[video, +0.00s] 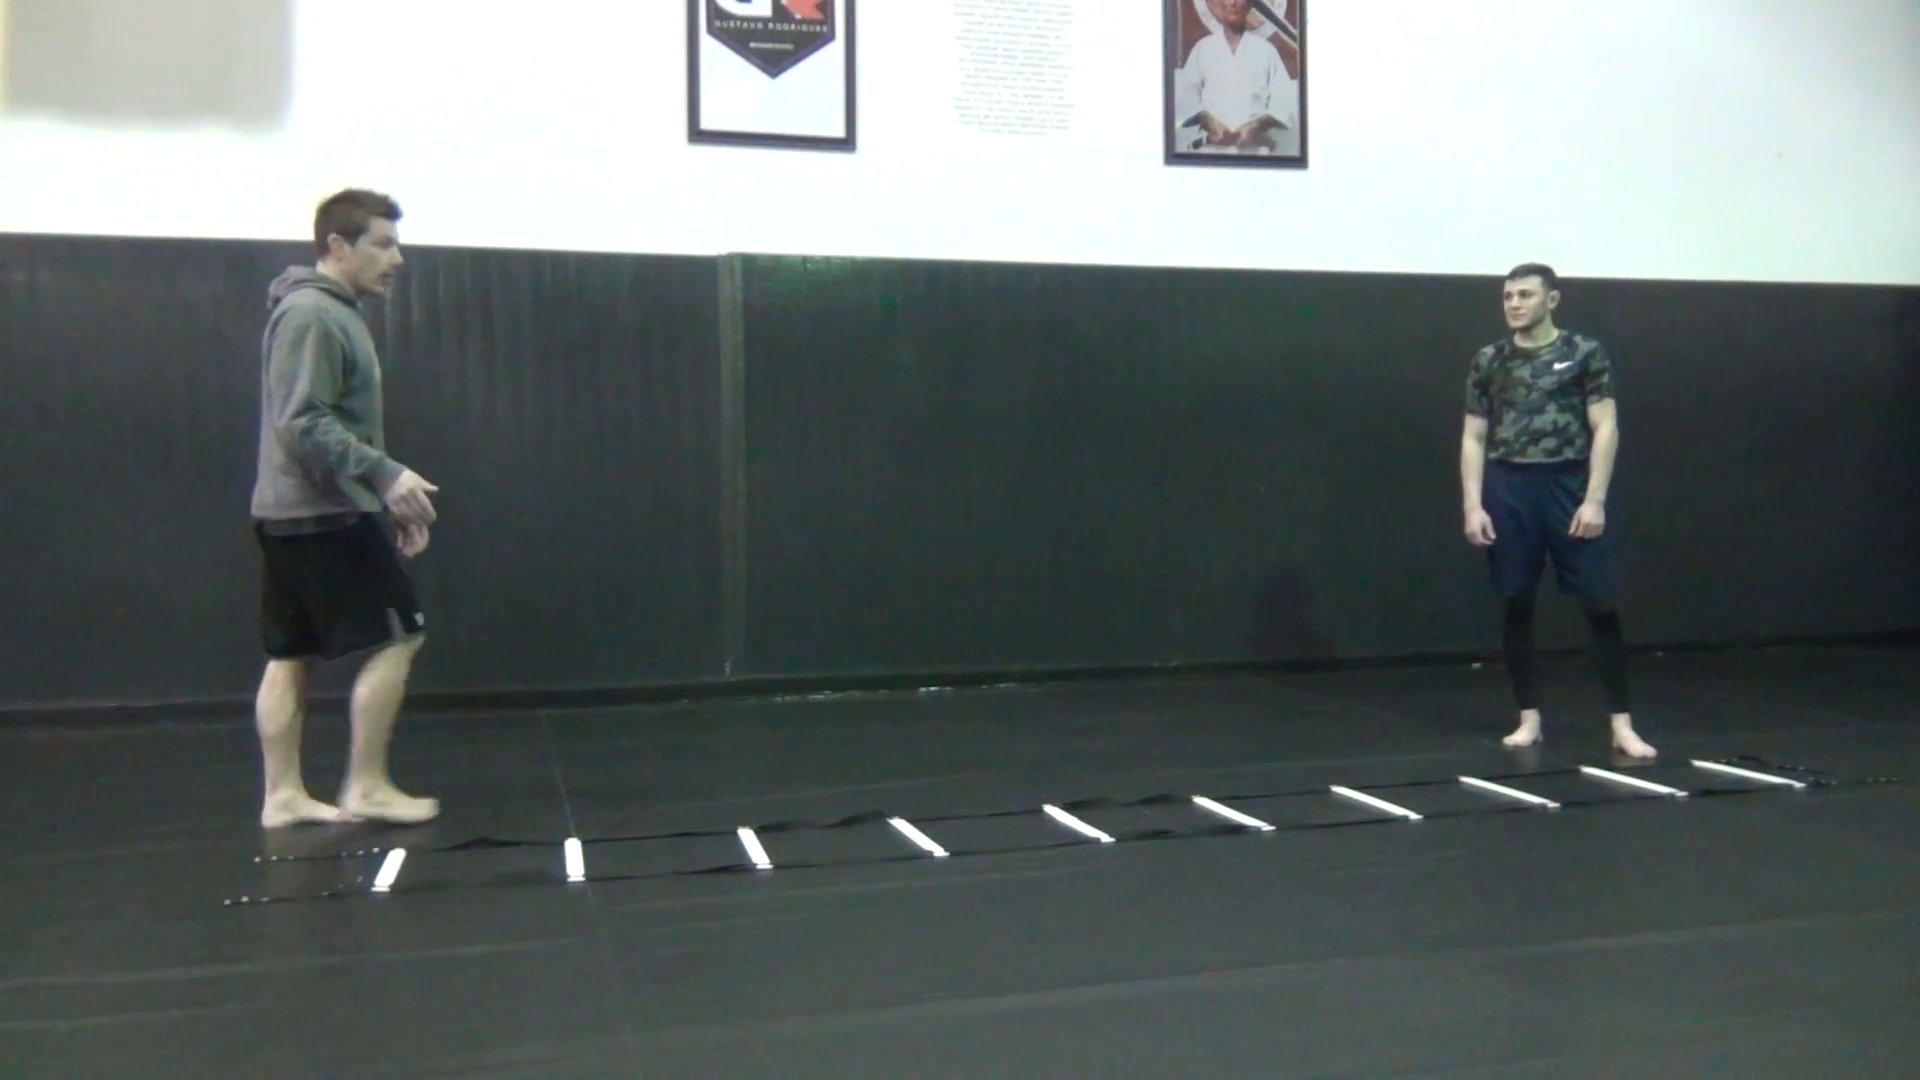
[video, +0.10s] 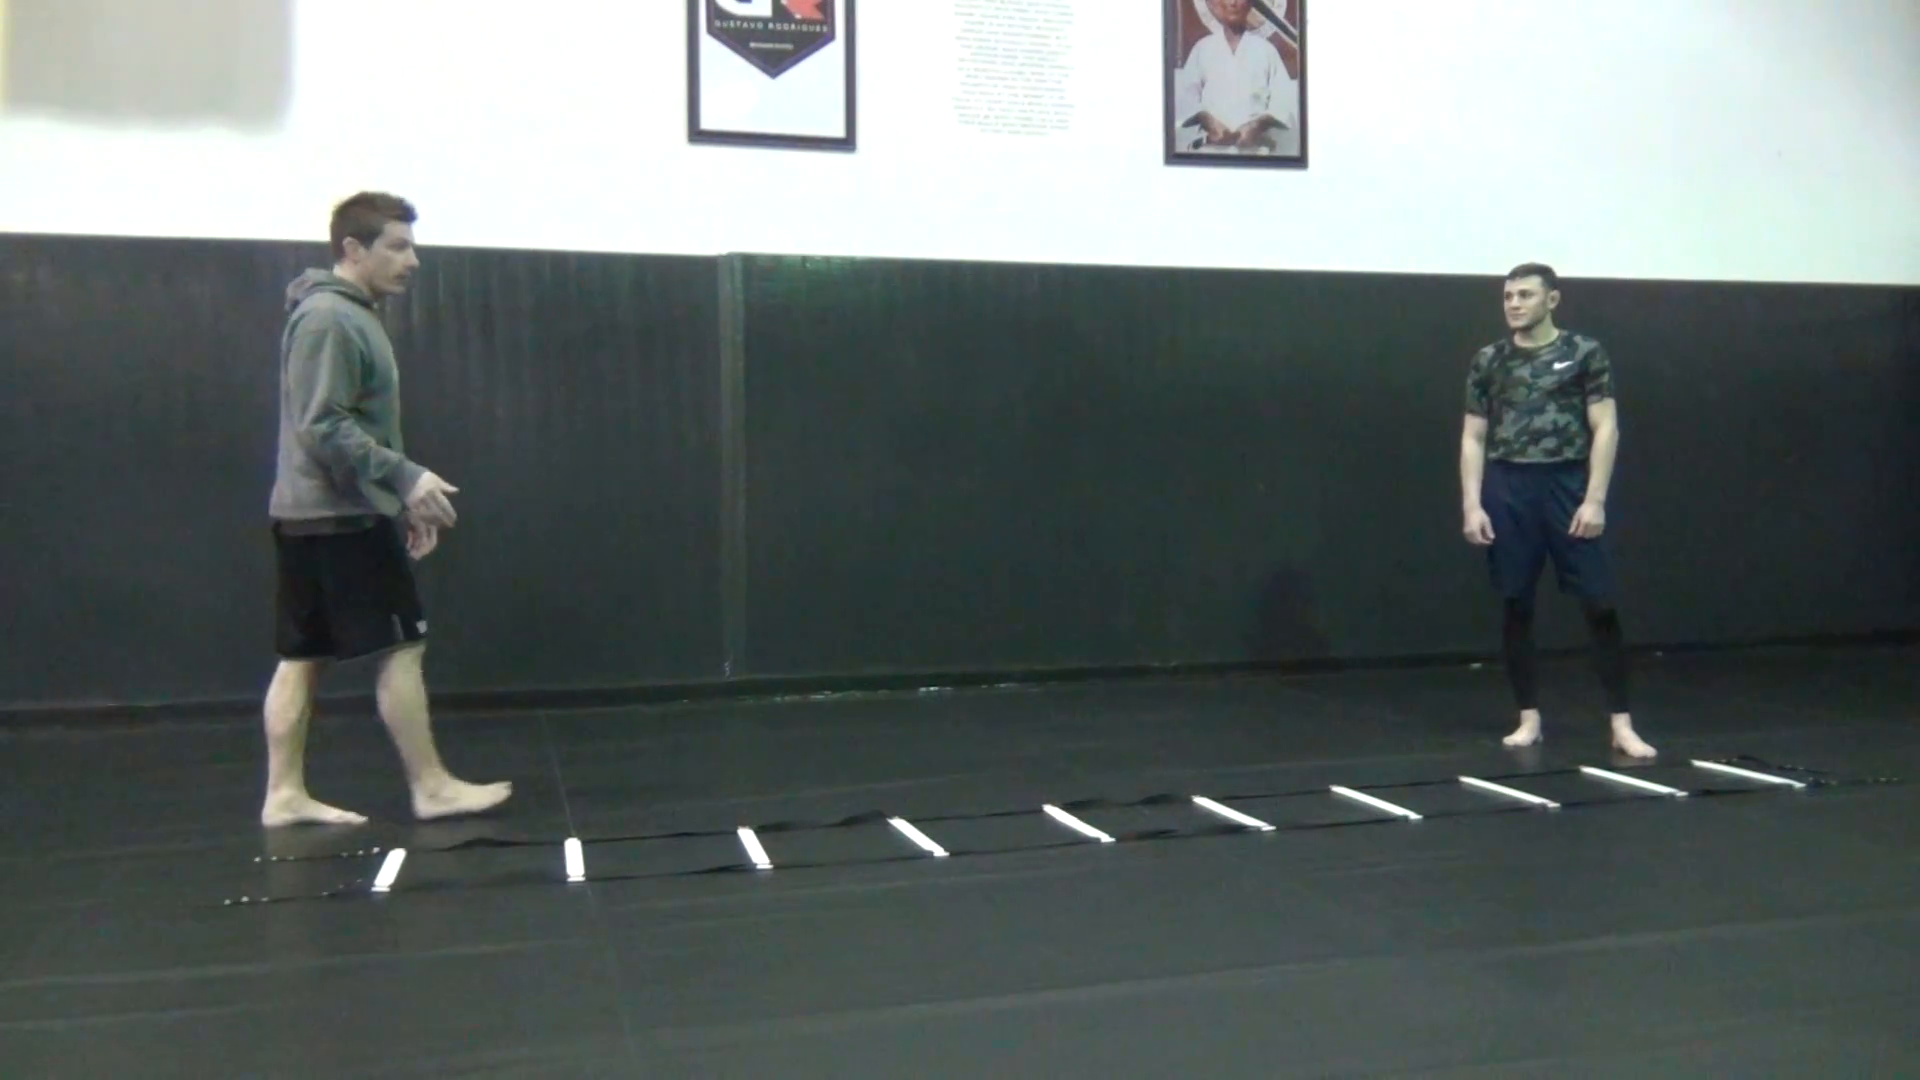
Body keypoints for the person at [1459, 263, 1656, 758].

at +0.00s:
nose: (1513, 304)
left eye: (1524, 295)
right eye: (1508, 297)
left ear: (1552, 300)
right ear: (1503, 303)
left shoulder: (1586, 353)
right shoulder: (1488, 360)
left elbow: (1605, 427)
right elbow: (1473, 437)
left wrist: (1595, 499)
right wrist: (1472, 505)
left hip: (1570, 491)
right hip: (1509, 491)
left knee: (1601, 604)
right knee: (1516, 603)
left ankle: (1621, 723)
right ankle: (1528, 717)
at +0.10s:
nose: (1514, 304)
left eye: (1525, 295)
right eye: (1508, 297)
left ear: (1552, 300)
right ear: (1503, 304)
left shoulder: (1585, 353)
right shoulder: (1488, 361)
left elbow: (1605, 427)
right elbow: (1473, 437)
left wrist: (1595, 499)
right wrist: (1471, 505)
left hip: (1569, 490)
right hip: (1508, 492)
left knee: (1600, 604)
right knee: (1515, 605)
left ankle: (1621, 723)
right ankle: (1527, 717)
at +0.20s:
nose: (1514, 304)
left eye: (1525, 295)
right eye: (1509, 297)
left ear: (1552, 299)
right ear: (1503, 304)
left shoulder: (1586, 353)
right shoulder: (1488, 360)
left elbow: (1605, 428)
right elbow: (1473, 437)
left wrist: (1595, 499)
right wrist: (1471, 504)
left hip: (1569, 490)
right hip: (1508, 491)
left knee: (1602, 604)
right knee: (1516, 604)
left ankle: (1621, 723)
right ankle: (1528, 717)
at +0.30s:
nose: (1514, 304)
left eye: (1525, 295)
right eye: (1508, 297)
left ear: (1552, 300)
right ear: (1503, 304)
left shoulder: (1586, 353)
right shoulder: (1488, 360)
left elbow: (1605, 427)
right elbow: (1473, 436)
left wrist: (1595, 499)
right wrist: (1471, 504)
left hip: (1569, 489)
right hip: (1507, 490)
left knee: (1602, 603)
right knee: (1515, 604)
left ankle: (1621, 723)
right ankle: (1527, 717)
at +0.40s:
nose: (1514, 304)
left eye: (1525, 295)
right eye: (1509, 297)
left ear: (1552, 300)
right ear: (1503, 304)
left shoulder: (1586, 353)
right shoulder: (1488, 360)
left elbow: (1605, 428)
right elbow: (1473, 436)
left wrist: (1596, 499)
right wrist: (1471, 503)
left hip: (1569, 489)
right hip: (1508, 490)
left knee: (1601, 603)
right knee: (1516, 605)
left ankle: (1621, 723)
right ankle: (1528, 717)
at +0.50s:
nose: (1514, 304)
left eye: (1525, 296)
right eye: (1509, 297)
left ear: (1552, 300)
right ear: (1504, 304)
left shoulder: (1586, 353)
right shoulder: (1489, 360)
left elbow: (1605, 429)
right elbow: (1473, 437)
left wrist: (1596, 499)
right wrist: (1472, 502)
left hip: (1570, 490)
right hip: (1508, 491)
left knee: (1602, 604)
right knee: (1515, 605)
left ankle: (1621, 724)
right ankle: (1528, 718)